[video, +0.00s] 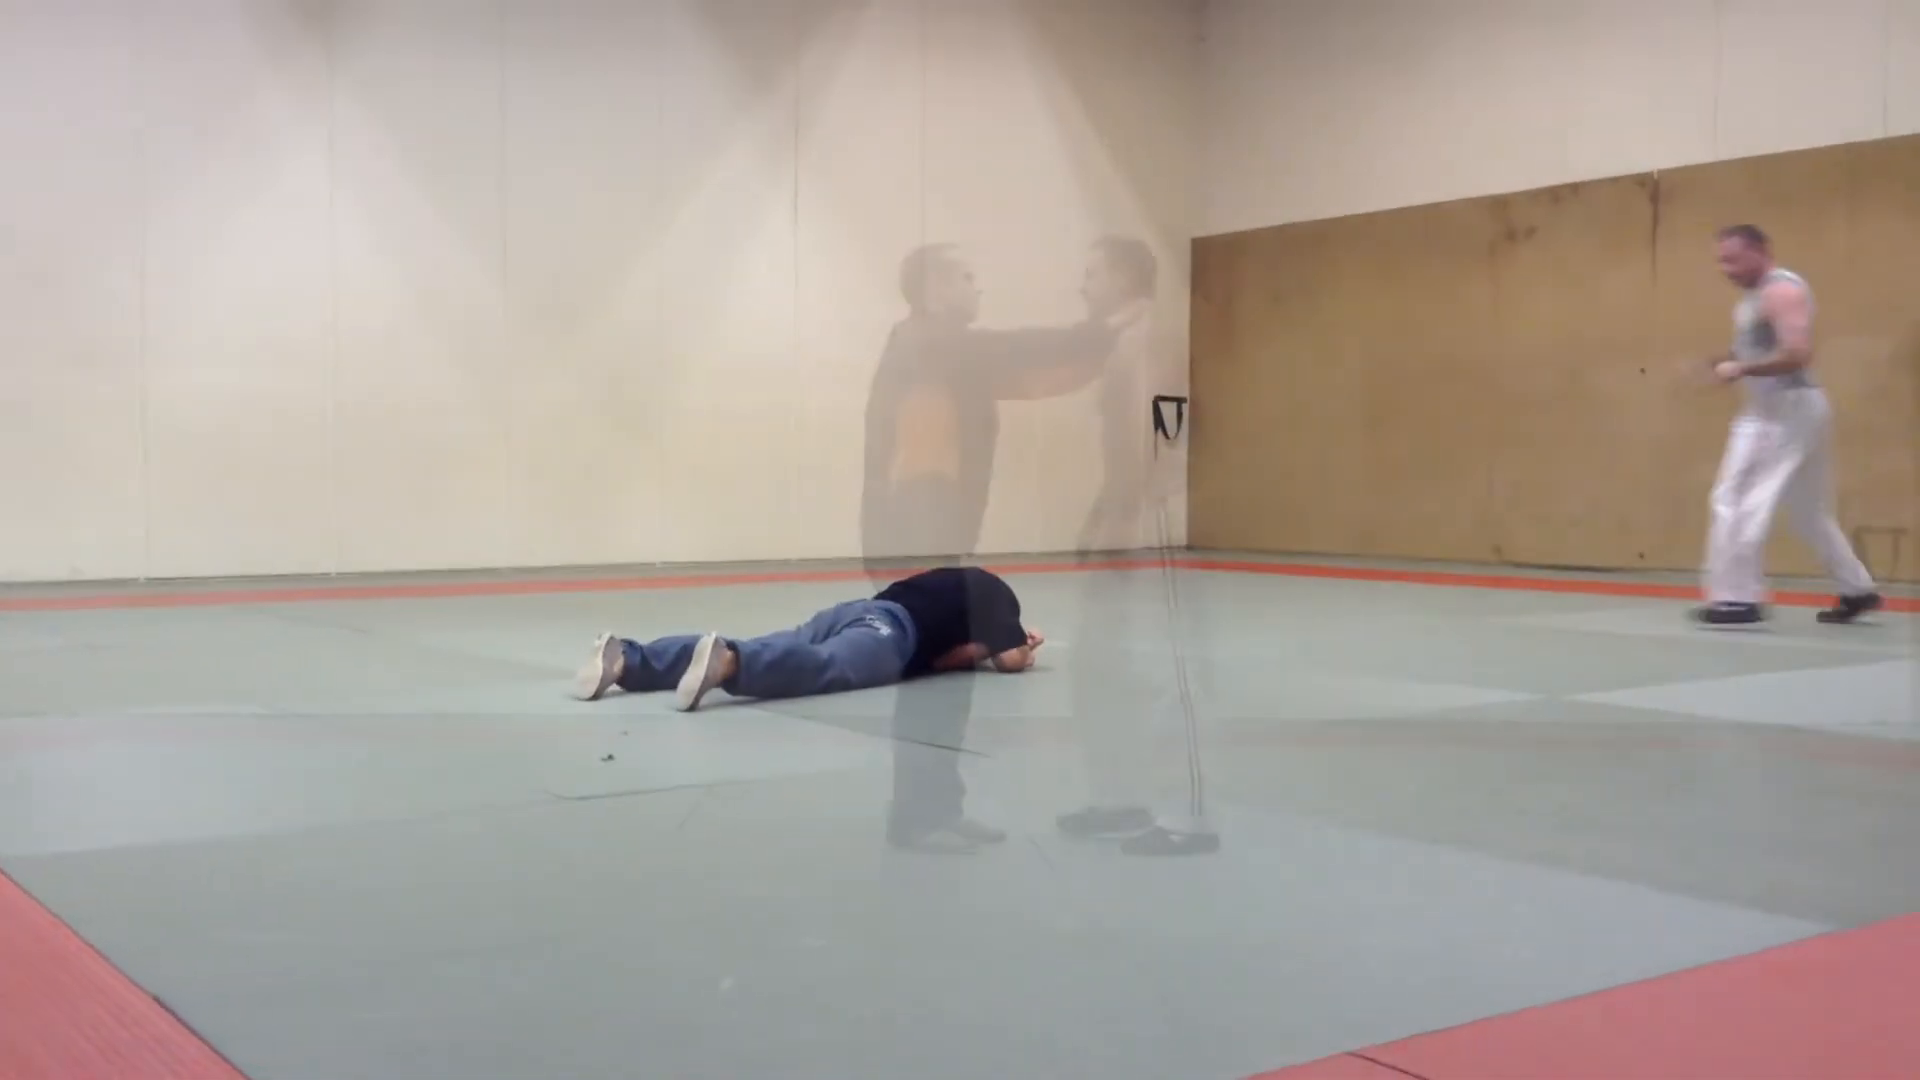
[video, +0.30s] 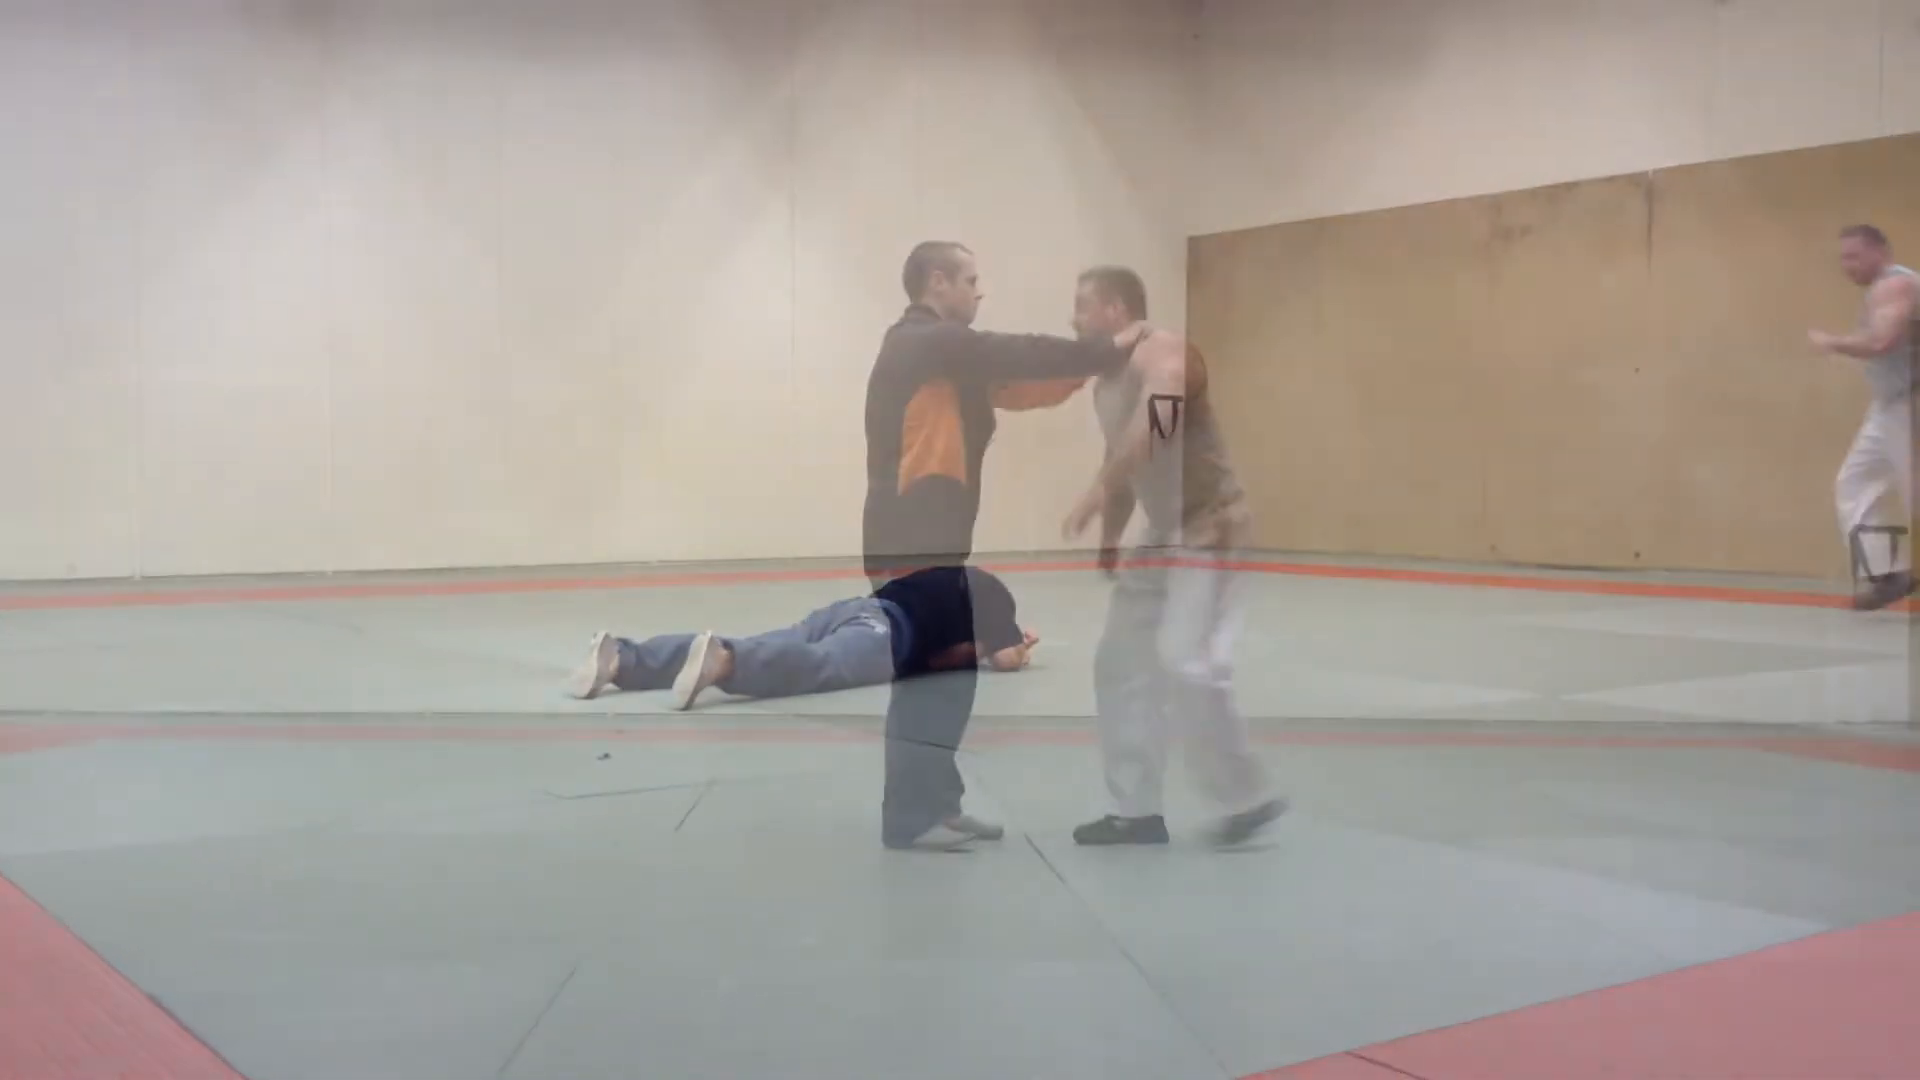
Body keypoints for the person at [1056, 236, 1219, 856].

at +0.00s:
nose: (1083, 284)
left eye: (1094, 272)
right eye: (1086, 272)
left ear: (1128, 280)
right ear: (1127, 282)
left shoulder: (1136, 348)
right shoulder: (1138, 343)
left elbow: (1133, 459)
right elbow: (1134, 455)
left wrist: (1108, 533)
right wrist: (1106, 525)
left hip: (1141, 531)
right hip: (1129, 528)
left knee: (1155, 670)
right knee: (1103, 662)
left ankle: (1180, 814)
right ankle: (1120, 797)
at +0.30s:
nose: (1075, 318)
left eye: (1083, 307)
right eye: (1075, 308)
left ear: (1118, 309)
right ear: (1105, 312)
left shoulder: (1163, 350)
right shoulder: (1106, 385)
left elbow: (1157, 425)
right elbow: (1122, 464)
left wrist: (1100, 491)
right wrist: (1110, 537)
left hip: (1212, 530)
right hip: (1162, 534)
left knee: (1187, 661)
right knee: (1120, 664)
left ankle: (1249, 798)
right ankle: (1137, 812)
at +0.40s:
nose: (1083, 343)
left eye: (1090, 330)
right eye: (1082, 332)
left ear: (1123, 326)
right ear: (1118, 331)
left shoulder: (1163, 356)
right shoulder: (1124, 399)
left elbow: (1160, 364)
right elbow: (1112, 486)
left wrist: (1119, 434)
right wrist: (1072, 541)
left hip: (1230, 556)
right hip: (1173, 556)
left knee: (1264, 688)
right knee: (1117, 671)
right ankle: (1135, 815)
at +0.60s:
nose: (1117, 352)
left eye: (1125, 340)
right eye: (1114, 344)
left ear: (1158, 337)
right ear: (1127, 348)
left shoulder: (1199, 370)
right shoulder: (1144, 403)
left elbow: (1280, 364)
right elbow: (1093, 416)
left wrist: (1368, 380)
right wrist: (1066, 358)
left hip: (1263, 571)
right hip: (1188, 572)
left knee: (1356, 688)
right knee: (1110, 672)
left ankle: (1452, 811)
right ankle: (1133, 815)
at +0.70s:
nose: (1178, 332)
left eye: (1189, 320)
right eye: (1169, 323)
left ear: (1218, 326)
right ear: (1163, 333)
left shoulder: (1267, 372)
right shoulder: (1161, 384)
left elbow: (1367, 396)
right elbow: (1085, 382)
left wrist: (1434, 466)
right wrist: (1083, 346)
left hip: (1290, 570)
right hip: (1204, 570)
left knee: (1373, 686)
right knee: (1120, 666)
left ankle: (1446, 817)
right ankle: (1132, 811)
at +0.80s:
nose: (1254, 339)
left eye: (1265, 328)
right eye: (1243, 328)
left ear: (1285, 335)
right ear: (1227, 335)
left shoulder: (1328, 399)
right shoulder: (1202, 395)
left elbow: (1376, 455)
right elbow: (1114, 393)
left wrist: (1412, 520)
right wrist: (1111, 352)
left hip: (1310, 576)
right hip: (1221, 571)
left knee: (1389, 679)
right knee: (1137, 674)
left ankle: (1451, 819)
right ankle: (1115, 813)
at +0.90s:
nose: (1312, 369)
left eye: (1323, 357)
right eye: (1298, 358)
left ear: (1339, 363)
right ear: (1278, 366)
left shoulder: (1354, 424)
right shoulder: (1252, 417)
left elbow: (1357, 489)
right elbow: (1174, 409)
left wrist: (1388, 550)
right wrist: (1119, 380)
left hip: (1317, 590)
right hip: (1234, 587)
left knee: (1408, 677)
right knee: (1149, 681)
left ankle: (1454, 821)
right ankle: (1112, 819)